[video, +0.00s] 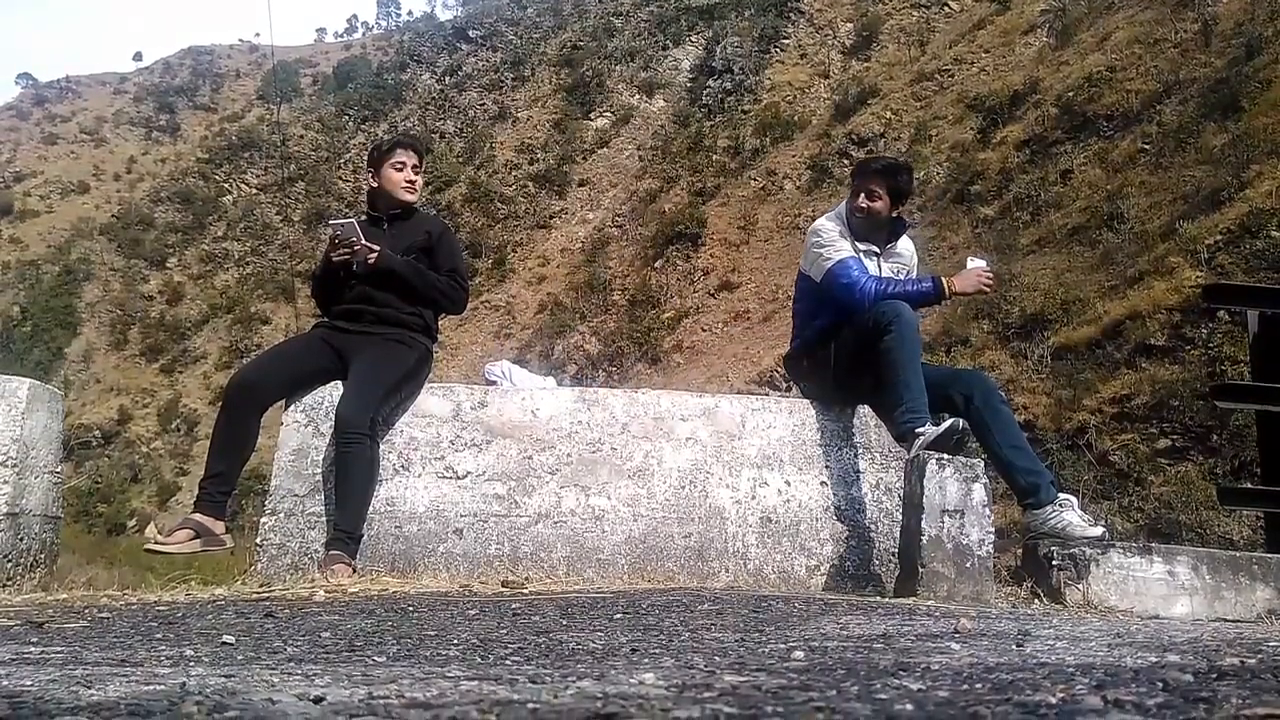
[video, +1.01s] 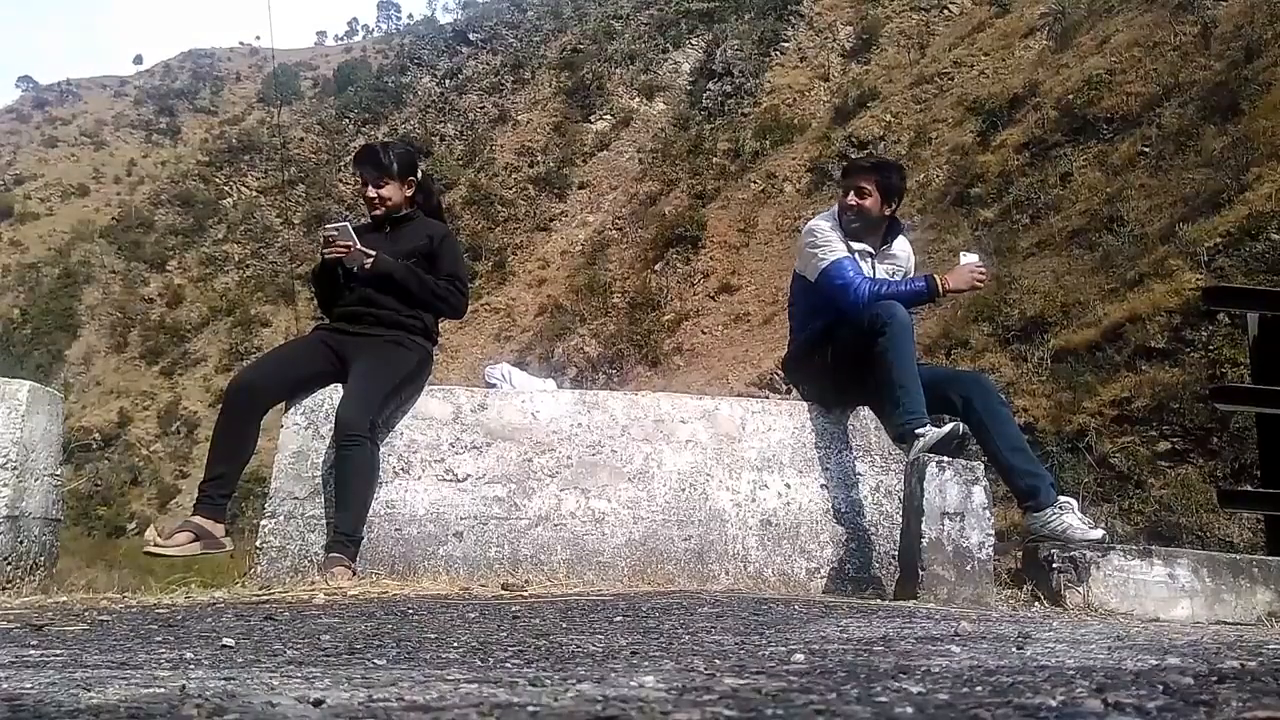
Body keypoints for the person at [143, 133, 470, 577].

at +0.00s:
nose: (412, 176)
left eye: (418, 170)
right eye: (401, 167)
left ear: (422, 180)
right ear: (374, 177)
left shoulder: (433, 229)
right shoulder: (350, 228)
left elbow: (456, 298)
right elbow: (325, 300)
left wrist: (388, 261)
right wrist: (332, 264)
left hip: (397, 342)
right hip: (337, 334)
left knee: (354, 421)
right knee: (247, 387)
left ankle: (340, 556)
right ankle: (209, 519)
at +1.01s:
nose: (370, 193)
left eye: (381, 184)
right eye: (365, 183)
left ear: (410, 184)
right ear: (361, 184)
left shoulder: (434, 234)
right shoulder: (354, 231)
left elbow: (455, 302)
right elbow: (329, 301)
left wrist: (382, 264)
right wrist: (330, 263)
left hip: (397, 345)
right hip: (336, 336)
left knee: (353, 425)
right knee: (247, 389)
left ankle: (341, 561)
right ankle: (208, 522)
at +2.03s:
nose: (373, 196)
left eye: (383, 186)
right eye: (366, 188)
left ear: (410, 183)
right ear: (361, 188)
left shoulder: (434, 232)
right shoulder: (354, 230)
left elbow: (455, 301)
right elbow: (331, 301)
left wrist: (383, 261)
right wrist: (330, 263)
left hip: (397, 344)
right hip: (336, 336)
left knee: (353, 423)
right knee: (247, 388)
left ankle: (341, 559)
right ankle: (208, 521)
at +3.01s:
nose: (374, 197)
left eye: (381, 186)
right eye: (366, 189)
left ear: (408, 177)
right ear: (360, 189)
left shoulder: (436, 231)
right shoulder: (358, 227)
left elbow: (456, 299)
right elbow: (333, 299)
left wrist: (382, 259)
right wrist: (334, 254)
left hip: (397, 342)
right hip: (337, 334)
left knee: (353, 419)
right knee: (247, 385)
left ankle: (341, 555)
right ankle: (208, 519)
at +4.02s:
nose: (375, 196)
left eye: (383, 185)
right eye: (367, 188)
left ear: (409, 178)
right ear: (362, 189)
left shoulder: (436, 230)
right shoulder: (358, 227)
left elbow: (457, 298)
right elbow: (333, 299)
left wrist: (381, 258)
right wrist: (334, 255)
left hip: (397, 342)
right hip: (337, 334)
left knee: (353, 419)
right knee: (247, 386)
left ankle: (341, 556)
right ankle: (208, 518)